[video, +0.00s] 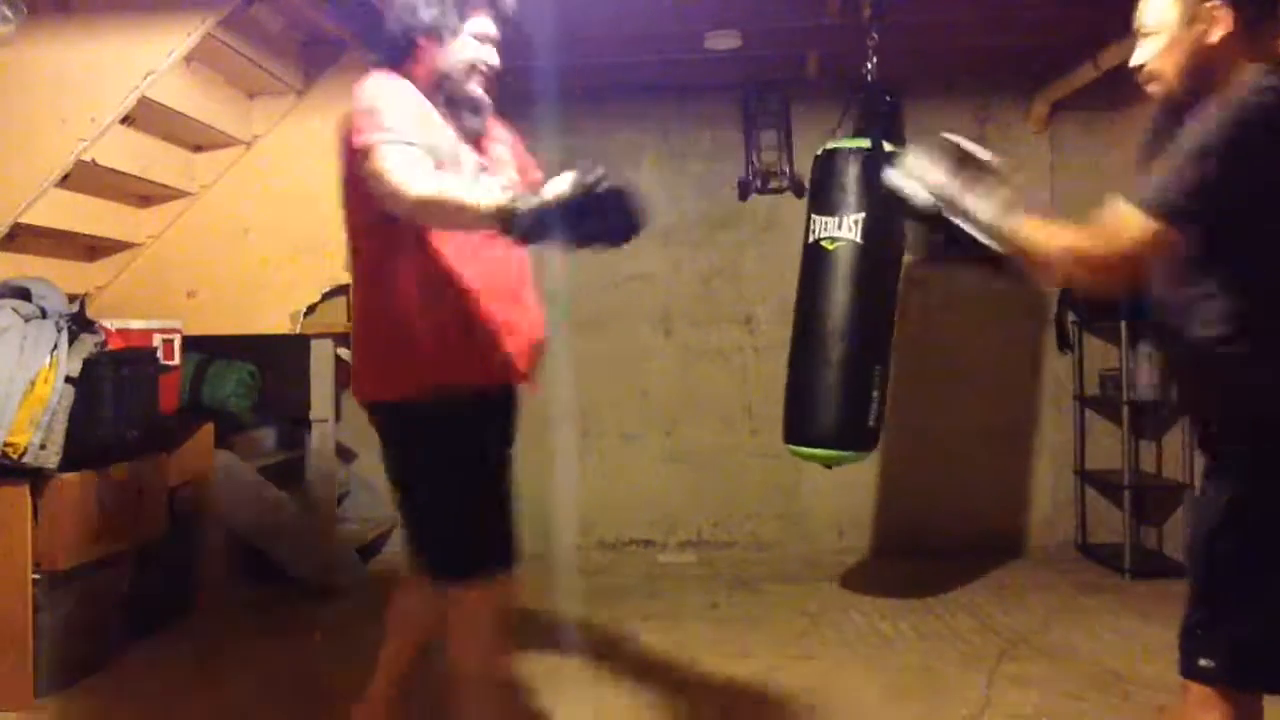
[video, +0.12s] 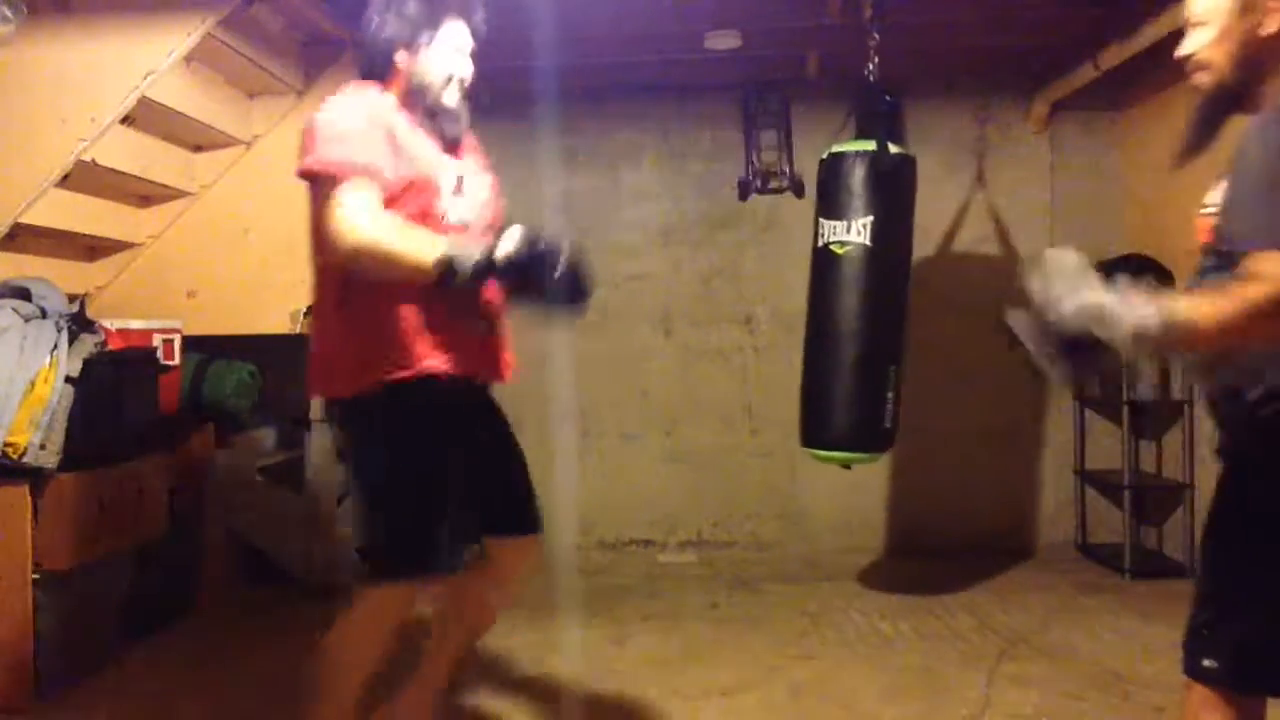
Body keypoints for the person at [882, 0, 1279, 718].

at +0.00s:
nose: (1136, 58)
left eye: (1150, 31)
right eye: (1138, 36)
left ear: (1215, 25)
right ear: (1211, 30)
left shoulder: (1247, 111)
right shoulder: (1211, 114)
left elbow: (1111, 257)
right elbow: (1115, 266)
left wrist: (984, 206)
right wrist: (997, 211)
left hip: (1259, 451)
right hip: (1243, 444)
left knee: (1215, 679)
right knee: (1233, 675)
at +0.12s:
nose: (1184, 51)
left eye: (1198, 25)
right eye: (1184, 30)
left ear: (1266, 19)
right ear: (1260, 25)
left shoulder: (1267, 135)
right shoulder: (1256, 134)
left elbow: (1263, 292)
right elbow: (1242, 285)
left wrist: (1116, 313)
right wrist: (1125, 319)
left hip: (1269, 441)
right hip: (1255, 436)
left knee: (1220, 676)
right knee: (1231, 673)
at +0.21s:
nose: (1213, 43)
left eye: (1230, 17)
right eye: (1213, 23)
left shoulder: (1276, 144)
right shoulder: (1266, 144)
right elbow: (1250, 297)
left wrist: (1209, 366)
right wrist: (1188, 367)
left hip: (1278, 441)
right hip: (1266, 438)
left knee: (1231, 672)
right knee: (1244, 672)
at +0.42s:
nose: (1261, 49)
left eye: (1269, 33)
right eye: (1259, 38)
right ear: (1262, 57)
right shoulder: (1276, 169)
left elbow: (1272, 297)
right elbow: (1266, 296)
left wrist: (1225, 293)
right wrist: (1205, 294)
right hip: (1276, 457)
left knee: (1226, 654)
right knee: (1230, 654)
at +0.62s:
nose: (1214, 33)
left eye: (1231, 9)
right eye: (1214, 15)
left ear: (1276, 11)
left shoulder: (1274, 109)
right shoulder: (1266, 106)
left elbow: (1173, 261)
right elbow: (1224, 225)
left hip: (1272, 441)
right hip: (1267, 434)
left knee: (1197, 670)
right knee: (1224, 668)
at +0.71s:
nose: (1175, 37)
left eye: (1192, 11)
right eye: (1177, 16)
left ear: (1260, 12)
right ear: (1255, 19)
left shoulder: (1253, 115)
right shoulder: (1254, 112)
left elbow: (1129, 268)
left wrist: (1088, 125)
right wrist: (1174, 108)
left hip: (1258, 453)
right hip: (1256, 446)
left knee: (1173, 681)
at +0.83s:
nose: (1115, 44)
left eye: (1127, 17)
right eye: (1115, 21)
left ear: (1193, 12)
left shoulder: (1186, 118)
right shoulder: (1261, 102)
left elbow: (1082, 290)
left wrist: (1015, 170)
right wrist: (1093, 155)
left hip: (1204, 475)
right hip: (1263, 465)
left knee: (1132, 690)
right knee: (1247, 684)